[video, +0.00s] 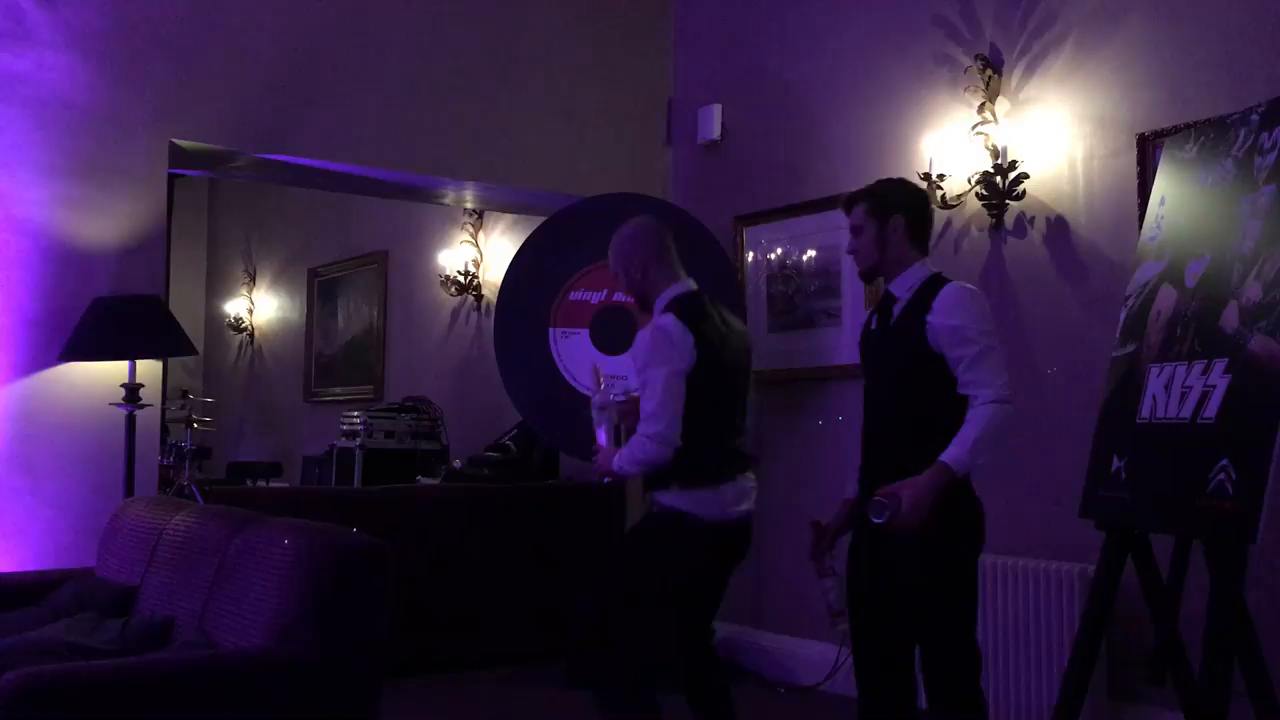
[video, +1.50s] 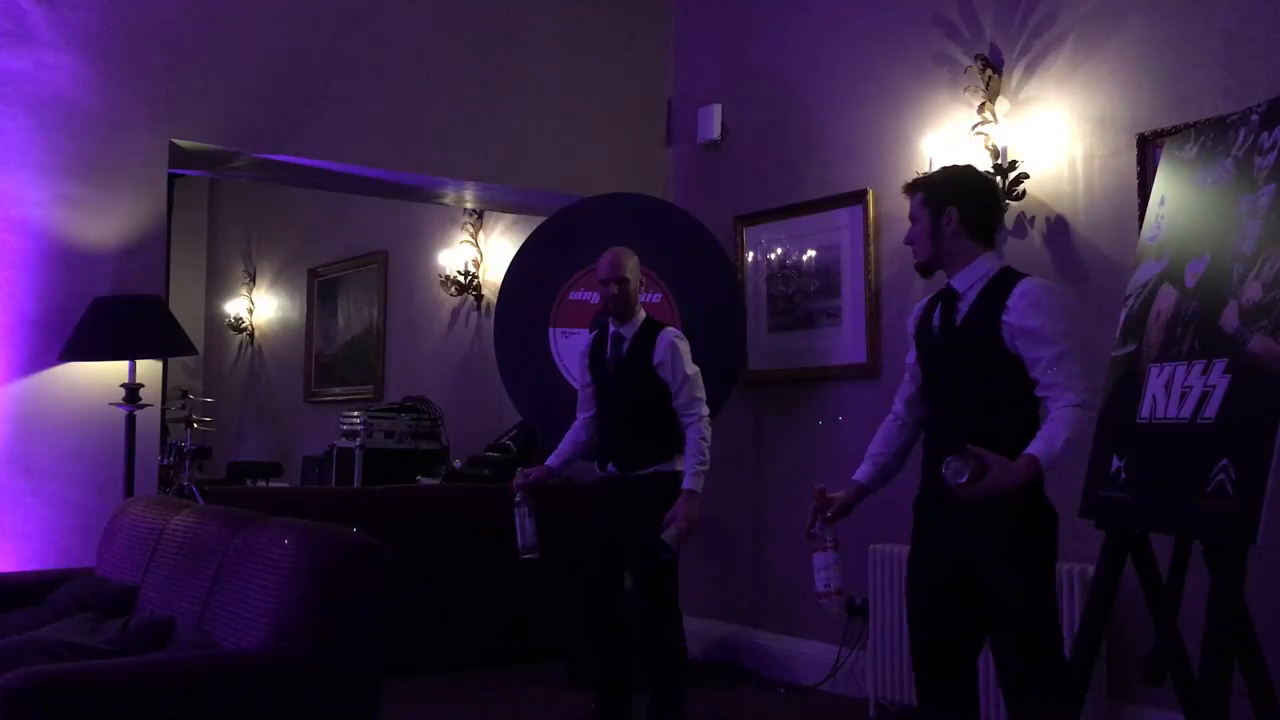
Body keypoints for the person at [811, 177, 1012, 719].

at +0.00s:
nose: (849, 243)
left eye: (859, 229)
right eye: (849, 231)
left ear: (898, 230)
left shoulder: (953, 301)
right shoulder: (876, 318)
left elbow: (992, 401)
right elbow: (885, 431)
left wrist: (933, 479)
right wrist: (849, 510)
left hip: (938, 517)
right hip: (880, 519)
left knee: (949, 679)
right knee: (881, 680)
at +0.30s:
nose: (828, 246)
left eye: (837, 233)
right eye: (827, 235)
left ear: (873, 232)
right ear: (866, 235)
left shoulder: (938, 301)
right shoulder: (855, 321)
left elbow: (979, 397)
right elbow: (846, 418)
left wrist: (928, 469)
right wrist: (821, 503)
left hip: (937, 509)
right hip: (873, 514)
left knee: (959, 662)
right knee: (879, 668)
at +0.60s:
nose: (874, 247)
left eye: (882, 232)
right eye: (875, 234)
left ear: (917, 234)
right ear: (918, 237)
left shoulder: (986, 308)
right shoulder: (897, 331)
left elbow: (1029, 410)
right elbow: (882, 426)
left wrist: (958, 478)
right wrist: (835, 503)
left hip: (976, 528)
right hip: (905, 528)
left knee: (1006, 687)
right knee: (884, 683)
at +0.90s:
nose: (921, 230)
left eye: (928, 214)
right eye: (923, 216)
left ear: (964, 217)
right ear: (965, 220)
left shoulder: (1039, 294)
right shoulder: (951, 314)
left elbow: (1095, 402)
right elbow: (938, 419)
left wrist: (1018, 476)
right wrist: (872, 489)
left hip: (1036, 525)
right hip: (964, 524)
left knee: (1055, 696)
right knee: (945, 693)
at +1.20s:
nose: (930, 228)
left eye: (939, 212)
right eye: (933, 213)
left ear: (975, 217)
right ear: (977, 219)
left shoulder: (1050, 297)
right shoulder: (954, 316)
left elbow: (1095, 408)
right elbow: (936, 418)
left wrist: (1031, 482)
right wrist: (876, 487)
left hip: (1034, 530)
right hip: (961, 532)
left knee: (1055, 696)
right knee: (957, 696)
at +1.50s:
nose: (906, 237)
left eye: (914, 221)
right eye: (908, 223)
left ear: (951, 224)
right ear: (952, 226)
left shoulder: (1027, 299)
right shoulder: (926, 317)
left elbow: (1070, 400)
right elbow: (905, 416)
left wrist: (1024, 468)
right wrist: (855, 489)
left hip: (1011, 518)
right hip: (939, 519)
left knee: (1031, 682)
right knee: (940, 683)